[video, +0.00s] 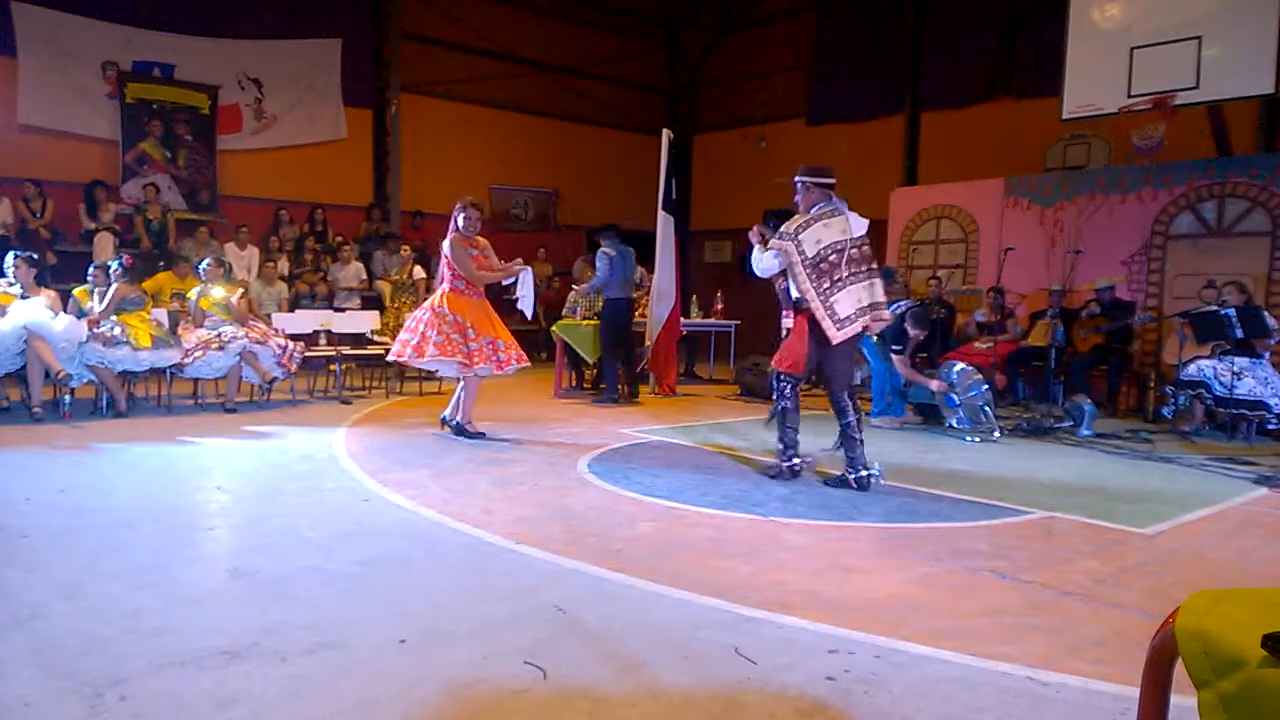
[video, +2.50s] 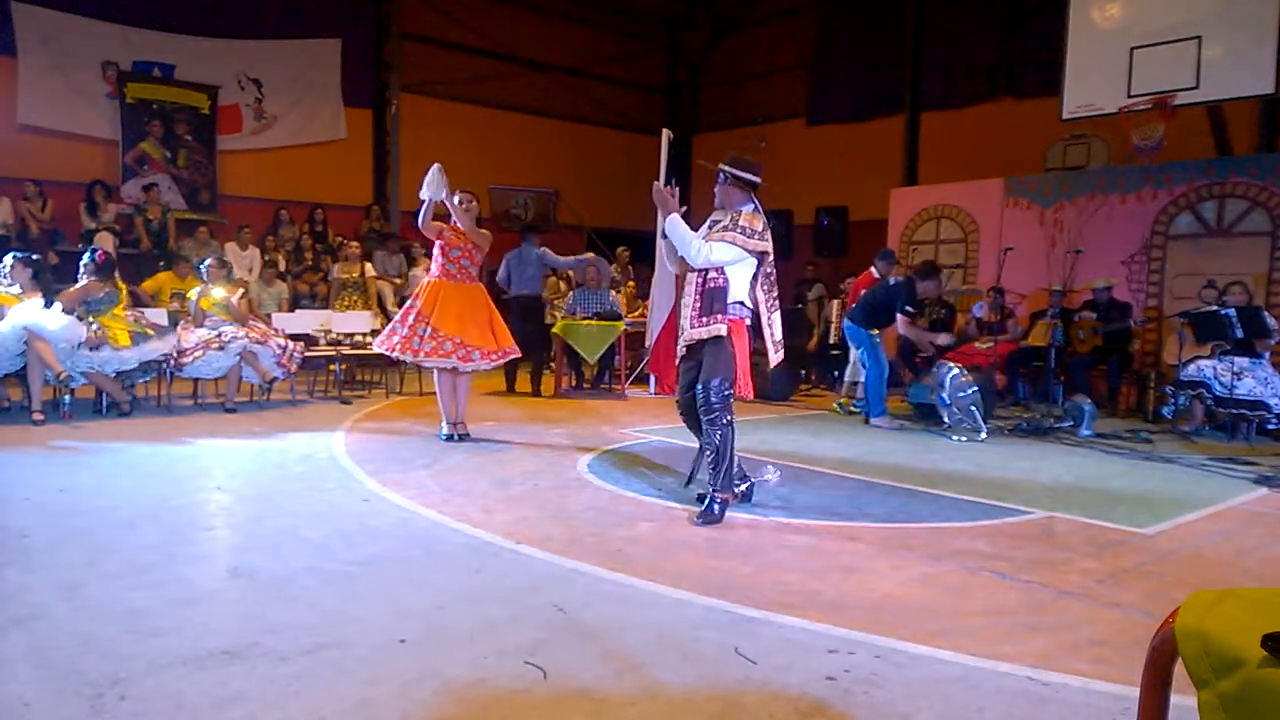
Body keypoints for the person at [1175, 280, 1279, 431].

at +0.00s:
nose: (1224, 298)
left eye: (1229, 293)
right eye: (1222, 294)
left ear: (1243, 297)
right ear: (1218, 297)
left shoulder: (1257, 315)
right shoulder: (1217, 316)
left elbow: (1264, 346)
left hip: (1254, 365)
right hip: (1223, 363)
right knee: (1197, 368)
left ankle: (1242, 424)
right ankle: (1197, 419)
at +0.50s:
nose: (1224, 298)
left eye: (1230, 293)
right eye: (1222, 294)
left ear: (1244, 297)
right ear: (1218, 297)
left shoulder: (1257, 315)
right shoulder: (1217, 316)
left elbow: (1265, 346)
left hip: (1253, 365)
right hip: (1223, 363)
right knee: (1197, 368)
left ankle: (1242, 424)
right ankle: (1197, 419)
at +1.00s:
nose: (1224, 297)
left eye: (1230, 293)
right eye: (1222, 294)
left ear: (1244, 297)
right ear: (1218, 298)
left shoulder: (1257, 315)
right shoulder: (1217, 316)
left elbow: (1263, 346)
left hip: (1254, 365)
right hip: (1223, 363)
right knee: (1196, 368)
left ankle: (1242, 424)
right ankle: (1197, 419)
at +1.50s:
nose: (1231, 297)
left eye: (1237, 293)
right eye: (1228, 293)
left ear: (1247, 297)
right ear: (1222, 297)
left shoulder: (1258, 315)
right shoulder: (1218, 316)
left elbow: (1265, 345)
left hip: (1254, 364)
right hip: (1224, 362)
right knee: (1197, 368)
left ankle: (1242, 425)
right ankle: (1197, 419)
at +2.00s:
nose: (1235, 297)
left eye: (1240, 293)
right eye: (1231, 294)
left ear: (1248, 297)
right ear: (1223, 298)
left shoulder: (1258, 315)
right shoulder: (1215, 316)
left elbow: (1265, 346)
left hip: (1254, 364)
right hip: (1222, 362)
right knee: (1197, 368)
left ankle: (1243, 424)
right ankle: (1197, 419)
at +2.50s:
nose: (1237, 297)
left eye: (1241, 293)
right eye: (1231, 294)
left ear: (1248, 297)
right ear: (1223, 298)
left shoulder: (1258, 315)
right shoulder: (1216, 316)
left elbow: (1265, 346)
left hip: (1254, 364)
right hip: (1223, 363)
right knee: (1196, 368)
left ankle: (1243, 425)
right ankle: (1197, 419)